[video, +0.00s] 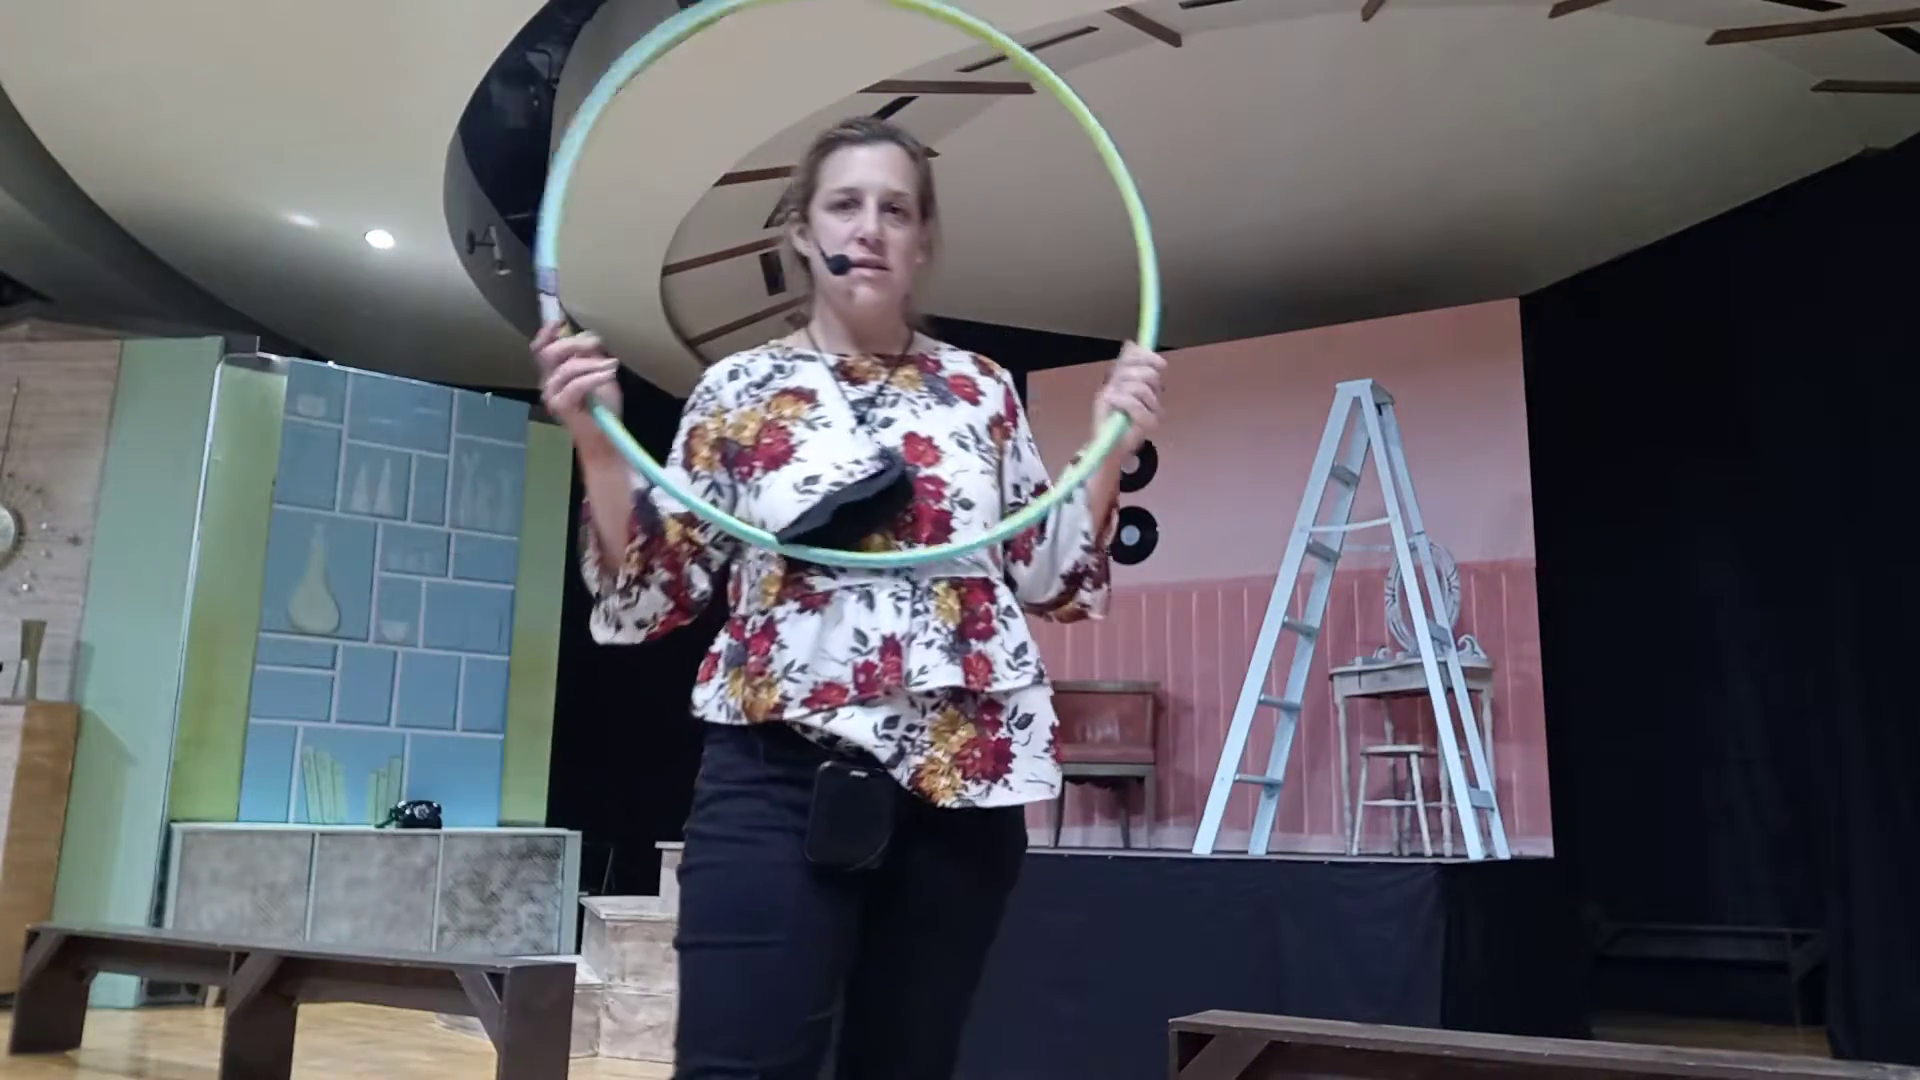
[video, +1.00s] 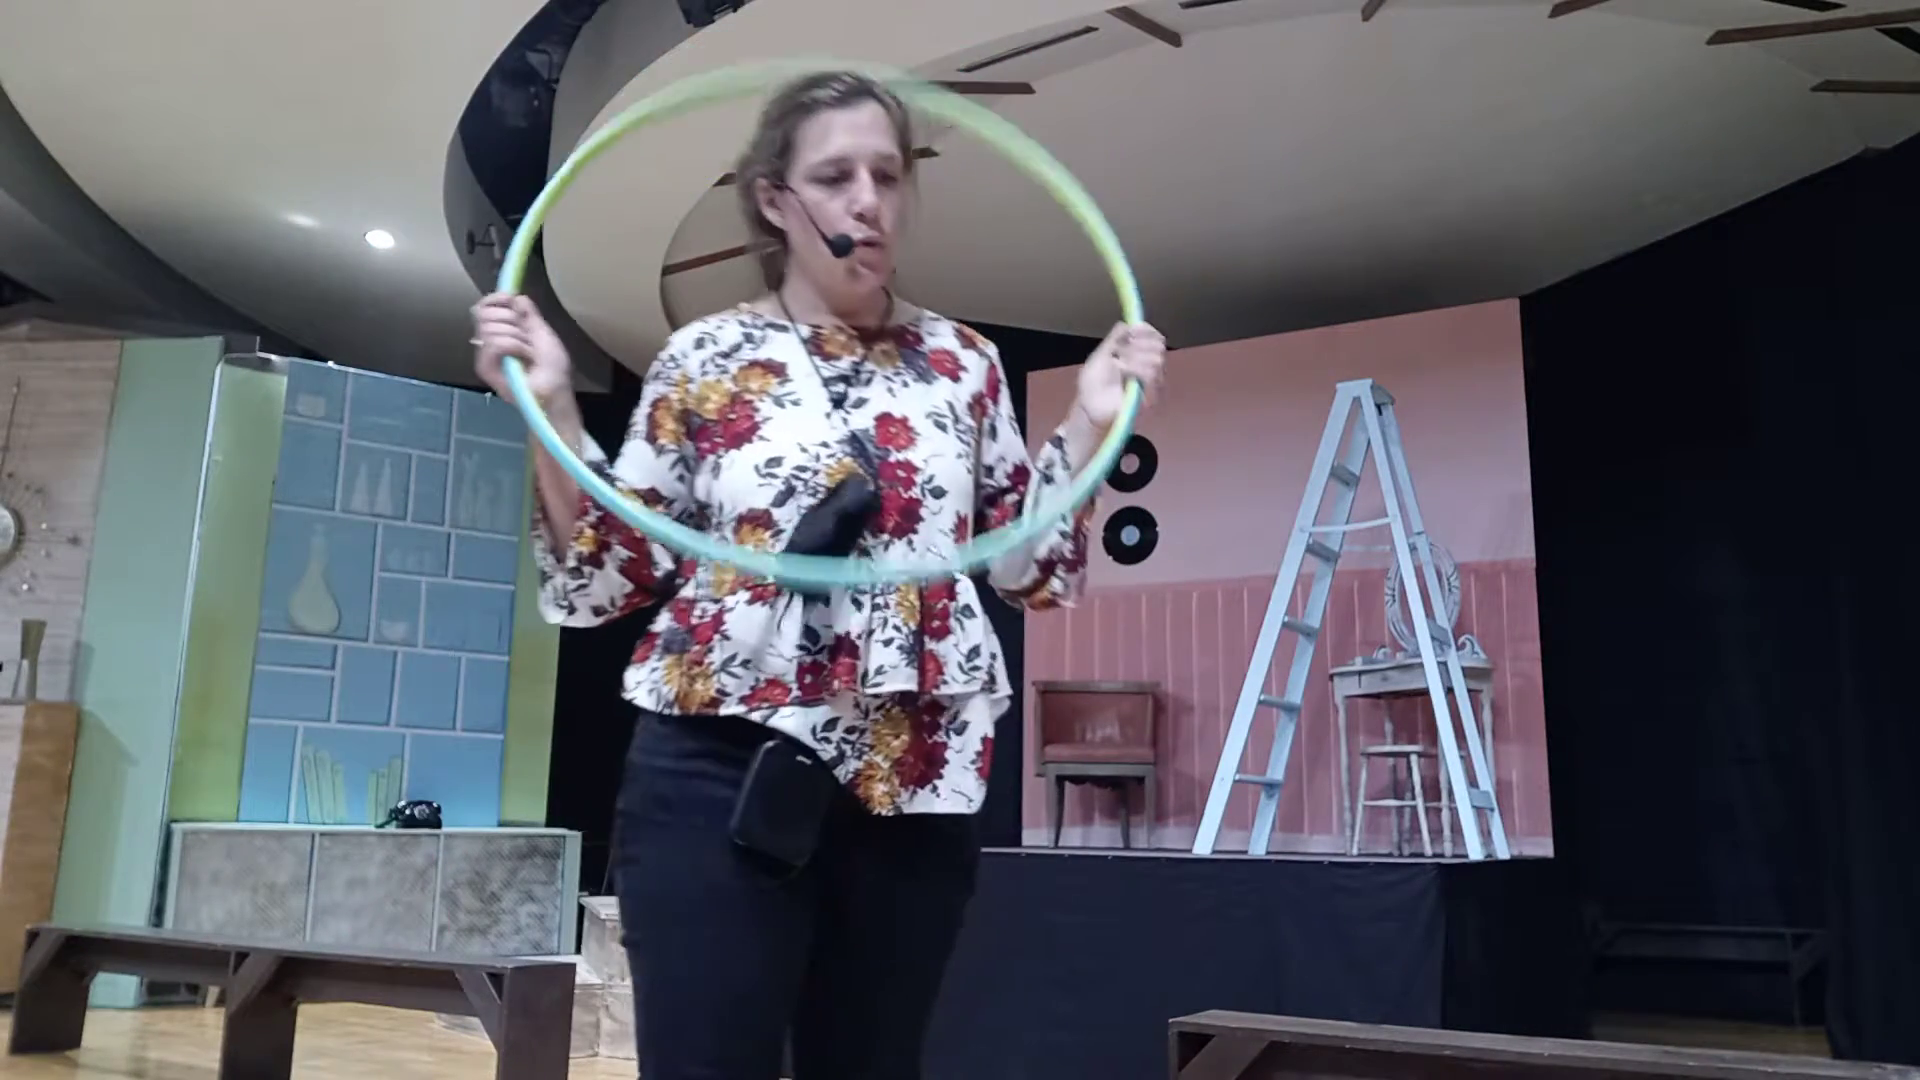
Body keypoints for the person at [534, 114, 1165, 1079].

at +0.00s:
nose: (869, 226)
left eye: (896, 209)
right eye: (844, 204)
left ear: (928, 243)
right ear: (802, 233)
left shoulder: (982, 392)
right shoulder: (734, 390)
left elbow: (1042, 574)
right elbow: (656, 592)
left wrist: (1108, 456)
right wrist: (595, 446)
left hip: (958, 799)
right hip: (771, 782)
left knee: (903, 1064)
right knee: (744, 1061)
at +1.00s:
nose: (867, 205)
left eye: (886, 178)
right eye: (835, 177)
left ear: (910, 195)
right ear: (775, 204)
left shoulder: (966, 366)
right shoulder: (700, 361)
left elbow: (1016, 568)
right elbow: (611, 579)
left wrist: (1090, 430)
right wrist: (548, 410)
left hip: (914, 797)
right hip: (716, 775)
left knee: (869, 1066)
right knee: (710, 1063)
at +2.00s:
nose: (802, 128)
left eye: (817, 96)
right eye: (763, 97)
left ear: (839, 112)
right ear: (679, 119)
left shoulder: (885, 304)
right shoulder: (611, 294)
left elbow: (949, 513)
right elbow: (534, 562)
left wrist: (1055, 380)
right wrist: (464, 388)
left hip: (885, 788)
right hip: (672, 778)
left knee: (907, 1058)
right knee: (699, 1059)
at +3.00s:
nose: (1134, 137)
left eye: (1165, 109)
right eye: (1106, 108)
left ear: (1211, 138)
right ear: (1061, 137)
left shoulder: (1277, 332)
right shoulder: (981, 315)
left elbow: (1344, 561)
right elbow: (852, 521)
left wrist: (1443, 412)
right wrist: (848, 649)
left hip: (1216, 802)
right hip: (992, 775)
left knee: (1186, 1065)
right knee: (931, 1062)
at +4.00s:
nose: (1019, 175)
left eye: (1047, 164)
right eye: (992, 159)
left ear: (1078, 214)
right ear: (947, 205)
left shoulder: (1138, 367)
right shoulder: (876, 383)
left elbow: (1206, 584)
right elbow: (751, 535)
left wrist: (1243, 441)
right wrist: (795, 644)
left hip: (1110, 798)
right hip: (913, 799)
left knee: (1116, 1060)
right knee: (929, 1062)